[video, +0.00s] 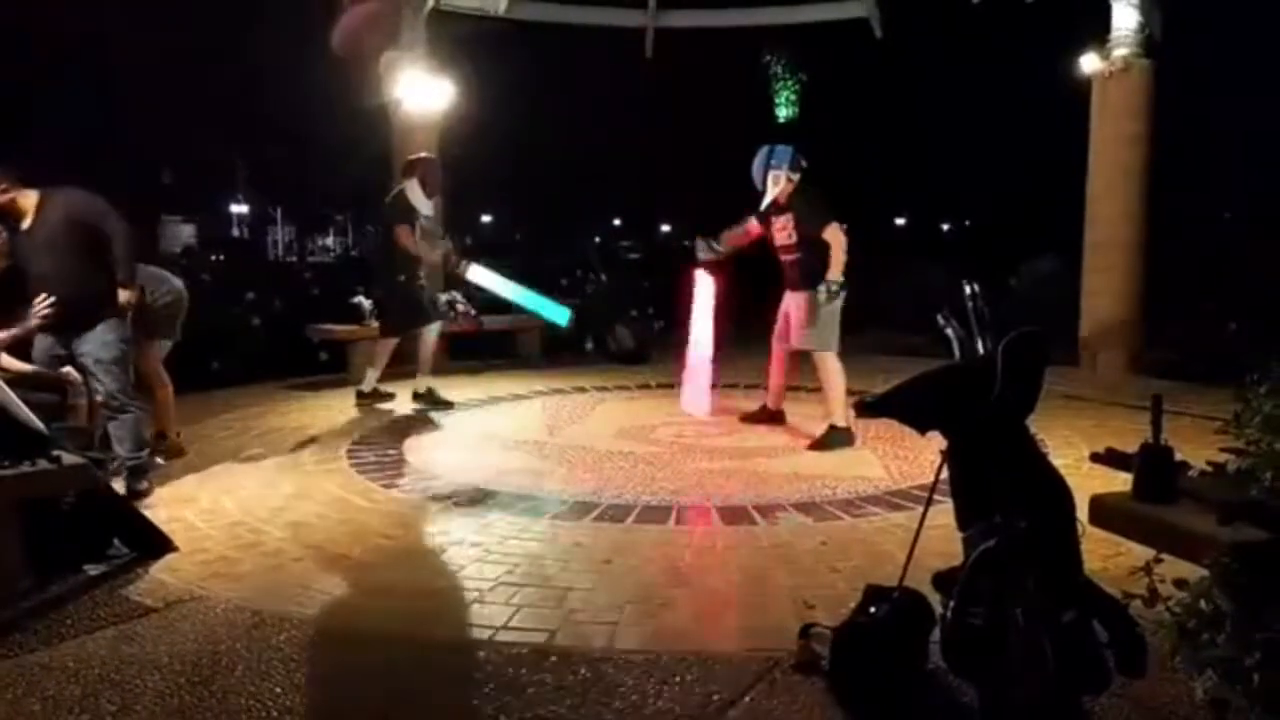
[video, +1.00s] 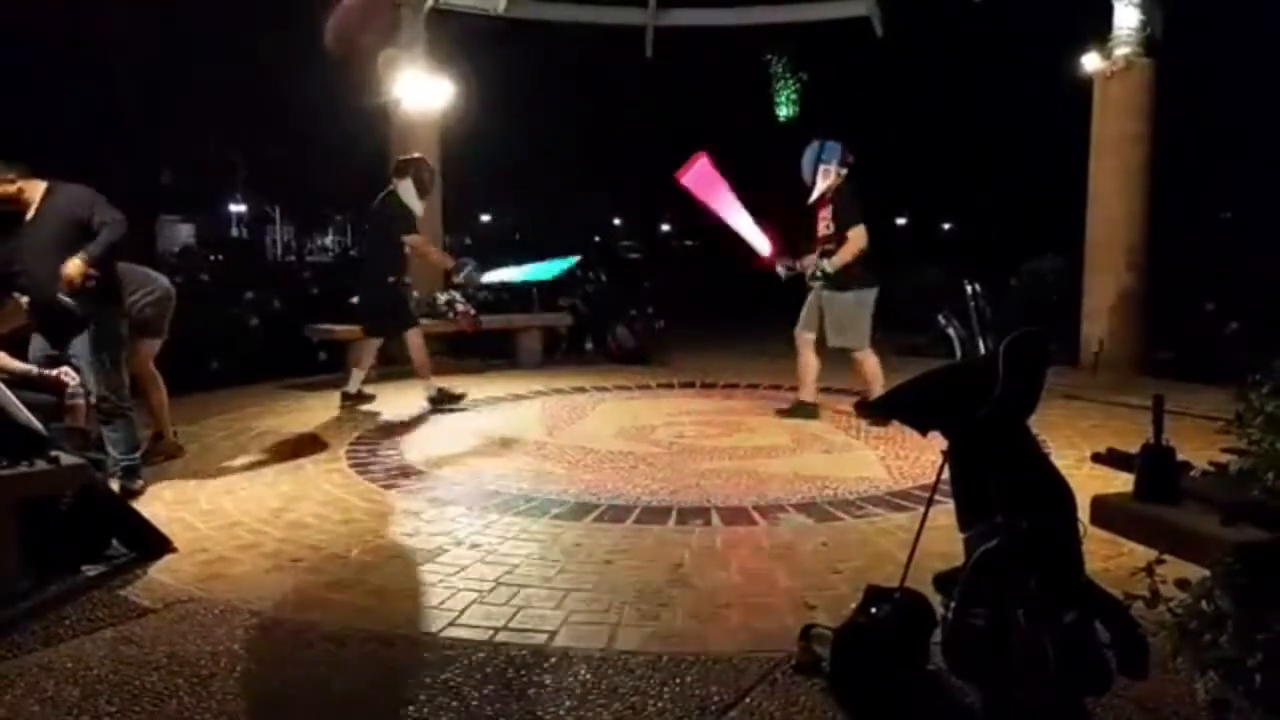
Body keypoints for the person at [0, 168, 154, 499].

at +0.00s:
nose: (2, 211)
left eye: (1, 203)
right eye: (1, 205)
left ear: (9, 192)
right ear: (7, 194)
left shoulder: (68, 204)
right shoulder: (15, 237)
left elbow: (119, 230)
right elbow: (23, 285)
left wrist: (125, 283)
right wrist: (28, 322)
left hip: (98, 320)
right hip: (50, 329)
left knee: (114, 396)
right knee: (44, 401)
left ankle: (134, 471)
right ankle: (55, 477)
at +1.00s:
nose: (5, 200)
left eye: (4, 193)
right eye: (2, 195)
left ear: (16, 182)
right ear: (8, 189)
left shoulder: (72, 198)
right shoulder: (15, 223)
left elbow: (116, 225)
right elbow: (15, 272)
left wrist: (84, 259)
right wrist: (17, 296)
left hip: (91, 314)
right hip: (47, 321)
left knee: (106, 396)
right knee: (42, 399)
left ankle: (126, 471)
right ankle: (60, 472)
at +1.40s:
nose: (29, 195)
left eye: (29, 185)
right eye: (24, 189)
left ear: (48, 174)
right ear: (44, 179)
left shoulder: (96, 201)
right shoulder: (60, 210)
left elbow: (85, 242)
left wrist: (32, 247)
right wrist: (24, 262)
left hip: (109, 311)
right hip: (73, 311)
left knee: (115, 395)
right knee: (62, 388)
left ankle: (127, 470)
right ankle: (75, 466)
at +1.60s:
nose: (21, 195)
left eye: (20, 186)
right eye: (17, 189)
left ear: (38, 176)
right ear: (39, 177)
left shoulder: (76, 210)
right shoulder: (72, 203)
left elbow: (48, 265)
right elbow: (58, 257)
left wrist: (19, 275)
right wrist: (25, 272)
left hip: (106, 317)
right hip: (95, 310)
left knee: (115, 398)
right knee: (99, 394)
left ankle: (127, 471)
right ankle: (113, 463)